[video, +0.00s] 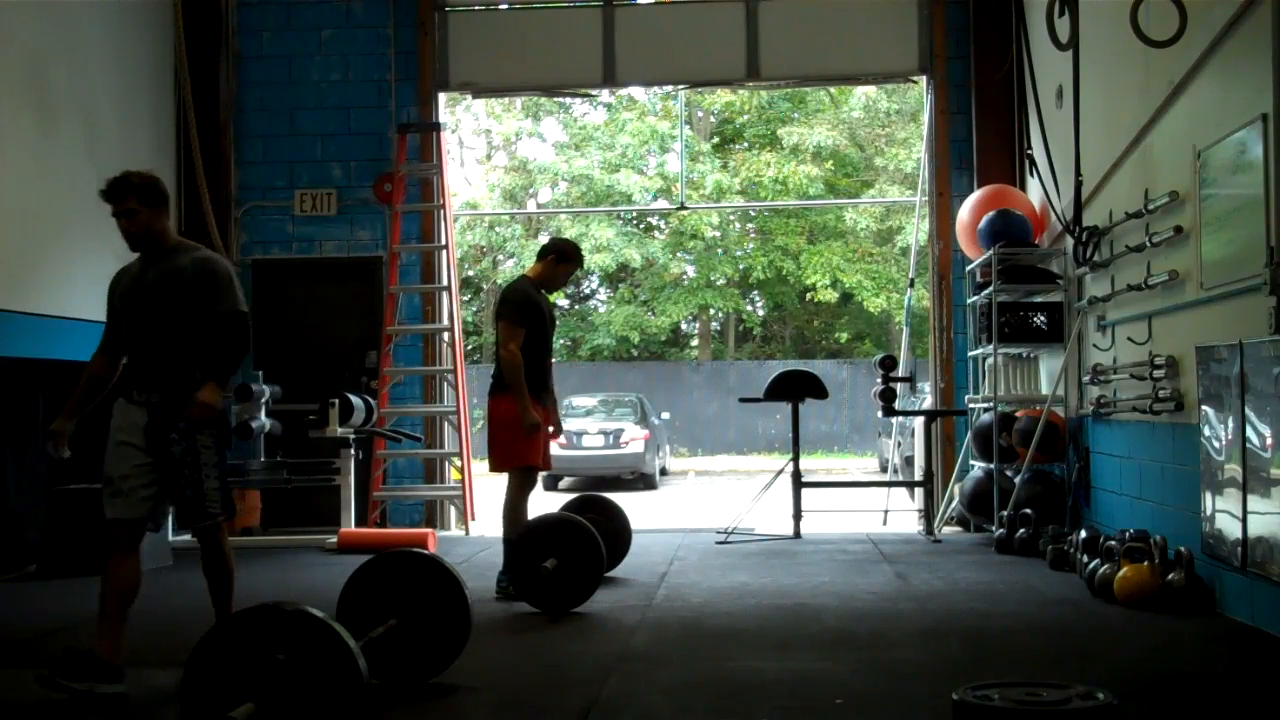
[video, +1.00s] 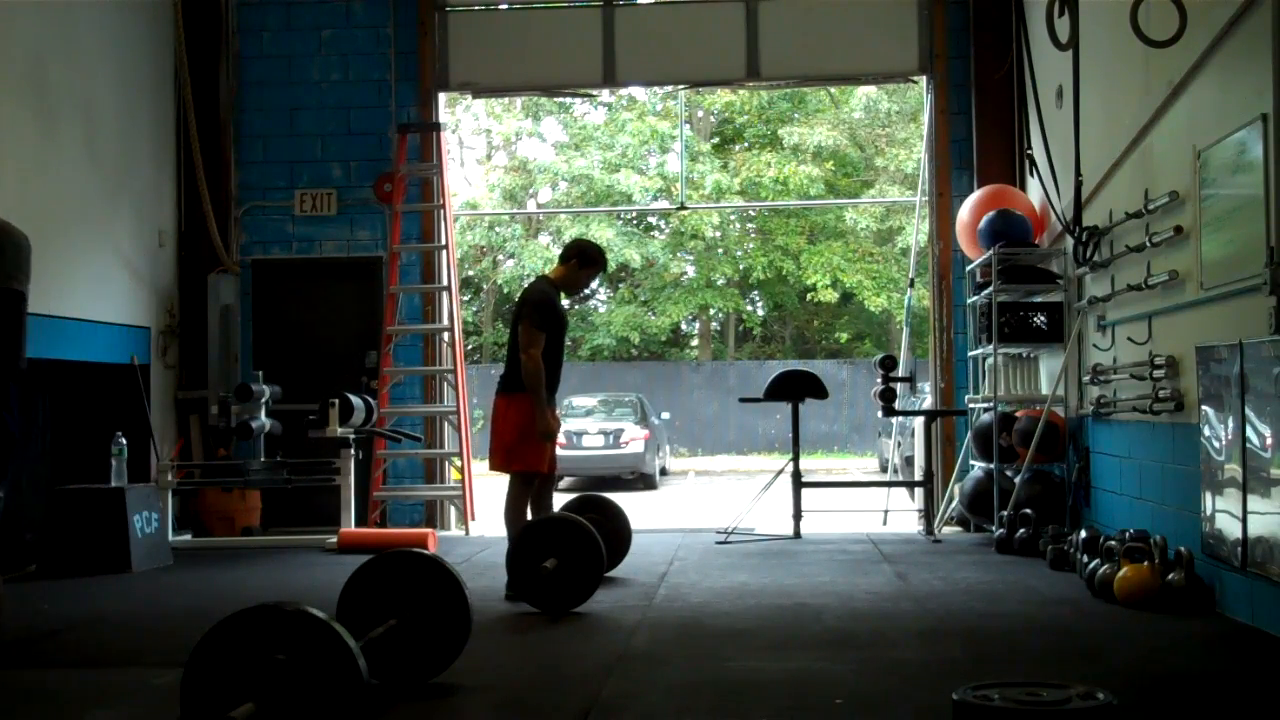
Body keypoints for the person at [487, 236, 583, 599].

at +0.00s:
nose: (566, 283)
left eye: (570, 278)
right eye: (567, 275)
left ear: (552, 263)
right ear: (552, 262)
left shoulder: (538, 299)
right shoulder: (518, 294)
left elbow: (542, 360)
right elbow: (509, 350)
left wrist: (551, 405)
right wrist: (525, 405)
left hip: (533, 401)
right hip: (516, 401)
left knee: (524, 483)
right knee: (521, 483)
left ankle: (518, 571)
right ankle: (512, 572)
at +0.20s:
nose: (570, 284)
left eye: (574, 279)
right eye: (571, 276)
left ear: (556, 263)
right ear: (556, 262)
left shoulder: (541, 300)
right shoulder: (522, 292)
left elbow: (545, 357)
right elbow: (518, 348)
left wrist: (565, 401)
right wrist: (545, 401)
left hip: (531, 398)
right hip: (517, 398)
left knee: (527, 481)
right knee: (524, 480)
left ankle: (523, 571)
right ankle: (519, 573)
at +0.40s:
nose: (572, 284)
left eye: (576, 278)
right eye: (573, 275)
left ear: (557, 261)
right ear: (558, 260)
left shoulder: (541, 299)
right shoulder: (524, 292)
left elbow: (547, 359)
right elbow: (522, 349)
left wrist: (565, 400)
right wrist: (558, 399)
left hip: (535, 400)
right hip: (521, 400)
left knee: (531, 482)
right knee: (528, 481)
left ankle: (523, 573)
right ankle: (519, 575)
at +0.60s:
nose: (576, 283)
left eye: (580, 277)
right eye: (577, 274)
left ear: (558, 260)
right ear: (560, 260)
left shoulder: (538, 294)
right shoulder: (528, 293)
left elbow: (535, 356)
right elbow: (526, 355)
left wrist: (552, 407)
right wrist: (552, 408)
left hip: (533, 402)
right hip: (522, 402)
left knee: (544, 480)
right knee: (531, 482)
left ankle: (529, 571)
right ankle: (520, 576)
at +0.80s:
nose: (580, 286)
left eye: (585, 279)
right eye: (582, 276)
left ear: (562, 262)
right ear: (566, 262)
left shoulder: (540, 295)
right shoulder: (533, 294)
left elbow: (536, 357)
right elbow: (528, 356)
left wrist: (546, 408)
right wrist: (539, 411)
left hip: (534, 401)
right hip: (520, 402)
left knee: (552, 476)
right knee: (529, 481)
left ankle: (536, 564)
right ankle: (520, 574)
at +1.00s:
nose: (586, 288)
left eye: (591, 282)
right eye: (589, 279)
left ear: (568, 262)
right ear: (574, 264)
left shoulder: (546, 296)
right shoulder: (539, 296)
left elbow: (539, 357)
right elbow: (530, 356)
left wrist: (550, 407)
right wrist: (542, 411)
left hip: (539, 404)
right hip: (525, 404)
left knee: (544, 486)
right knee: (521, 487)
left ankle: (553, 567)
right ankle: (520, 574)